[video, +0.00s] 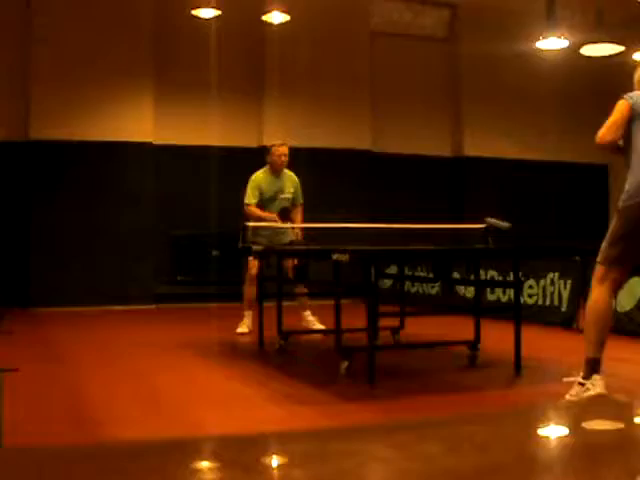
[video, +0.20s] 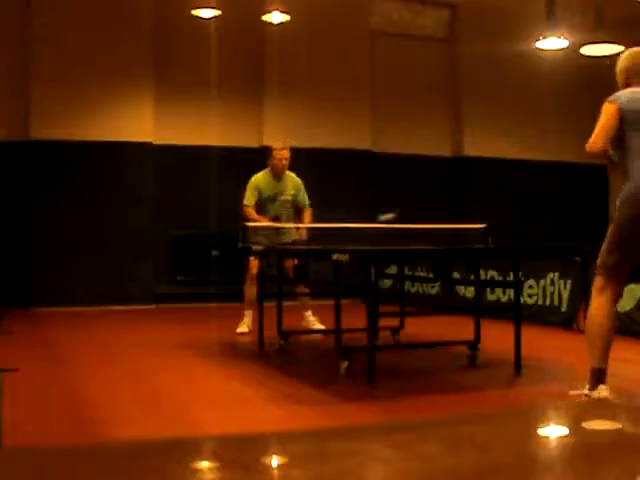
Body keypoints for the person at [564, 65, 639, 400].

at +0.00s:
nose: (636, 75)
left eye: (637, 71)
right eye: (637, 71)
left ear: (639, 76)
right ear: (639, 78)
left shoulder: (632, 99)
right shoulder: (630, 100)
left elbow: (606, 137)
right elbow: (607, 137)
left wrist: (625, 145)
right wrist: (622, 141)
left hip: (637, 199)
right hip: (633, 200)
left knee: (605, 280)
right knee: (605, 281)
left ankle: (591, 374)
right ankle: (590, 372)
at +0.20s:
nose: (617, 80)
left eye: (618, 75)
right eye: (621, 74)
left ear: (625, 75)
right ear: (637, 75)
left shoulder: (620, 101)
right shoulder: (623, 103)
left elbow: (595, 146)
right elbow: (597, 146)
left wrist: (617, 156)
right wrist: (616, 155)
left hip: (633, 204)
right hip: (630, 203)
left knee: (606, 286)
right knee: (607, 286)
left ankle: (597, 380)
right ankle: (597, 379)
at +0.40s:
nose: (604, 73)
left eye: (606, 68)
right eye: (607, 68)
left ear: (612, 70)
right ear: (638, 69)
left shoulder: (602, 100)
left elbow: (573, 142)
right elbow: (575, 144)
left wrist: (577, 171)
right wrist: (578, 168)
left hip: (622, 214)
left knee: (599, 302)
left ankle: (598, 390)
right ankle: (598, 389)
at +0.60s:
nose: (601, 65)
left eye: (604, 60)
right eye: (603, 59)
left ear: (614, 61)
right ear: (635, 60)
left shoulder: (618, 89)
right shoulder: (628, 90)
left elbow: (610, 138)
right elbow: (610, 139)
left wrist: (576, 192)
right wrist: (579, 192)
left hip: (631, 214)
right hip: (628, 215)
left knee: (616, 294)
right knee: (615, 294)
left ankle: (605, 393)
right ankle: (605, 391)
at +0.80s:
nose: (539, 77)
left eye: (541, 71)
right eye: (540, 71)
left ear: (551, 78)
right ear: (577, 78)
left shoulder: (562, 107)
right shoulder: (610, 113)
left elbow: (569, 156)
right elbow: (627, 165)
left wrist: (537, 226)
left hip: (610, 216)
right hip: (637, 215)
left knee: (575, 314)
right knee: (619, 308)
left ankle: (575, 410)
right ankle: (638, 389)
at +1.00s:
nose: (515, 85)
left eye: (515, 77)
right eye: (514, 77)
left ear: (524, 76)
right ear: (557, 73)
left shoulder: (544, 99)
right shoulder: (581, 102)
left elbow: (558, 143)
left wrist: (538, 221)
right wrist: (538, 201)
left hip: (603, 210)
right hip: (631, 207)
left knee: (561, 317)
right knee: (604, 309)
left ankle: (557, 415)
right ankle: (637, 390)